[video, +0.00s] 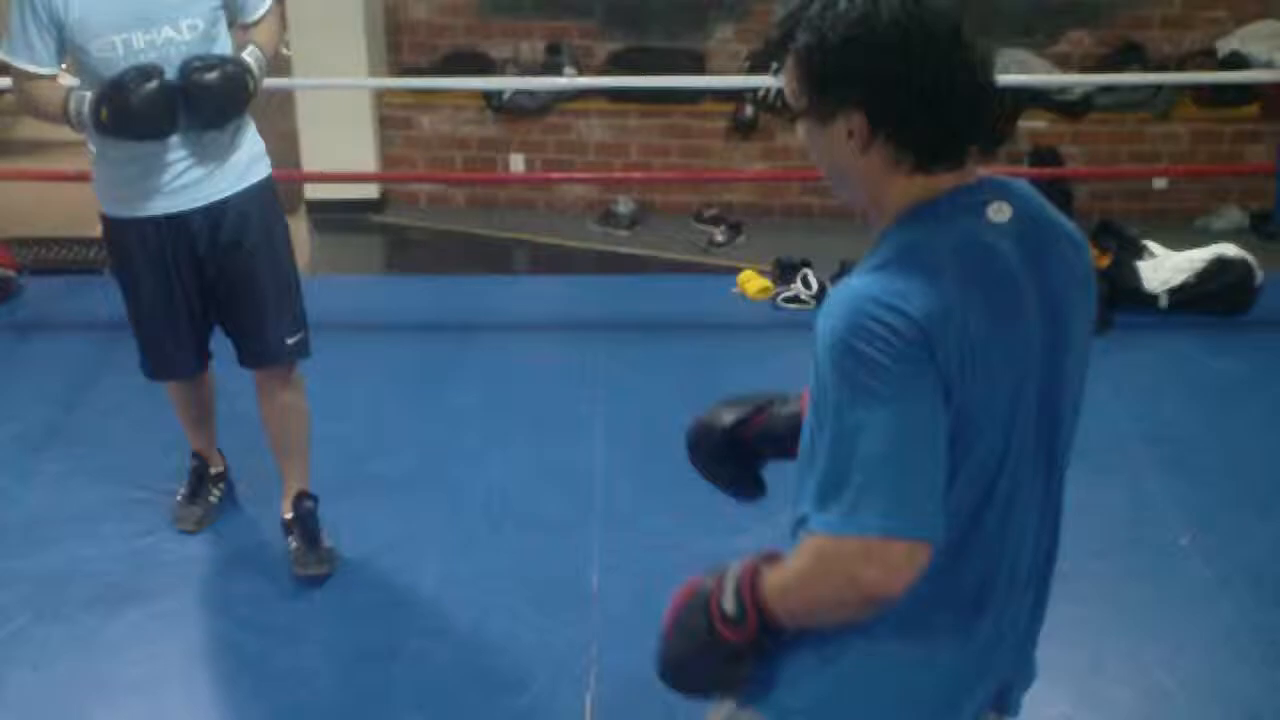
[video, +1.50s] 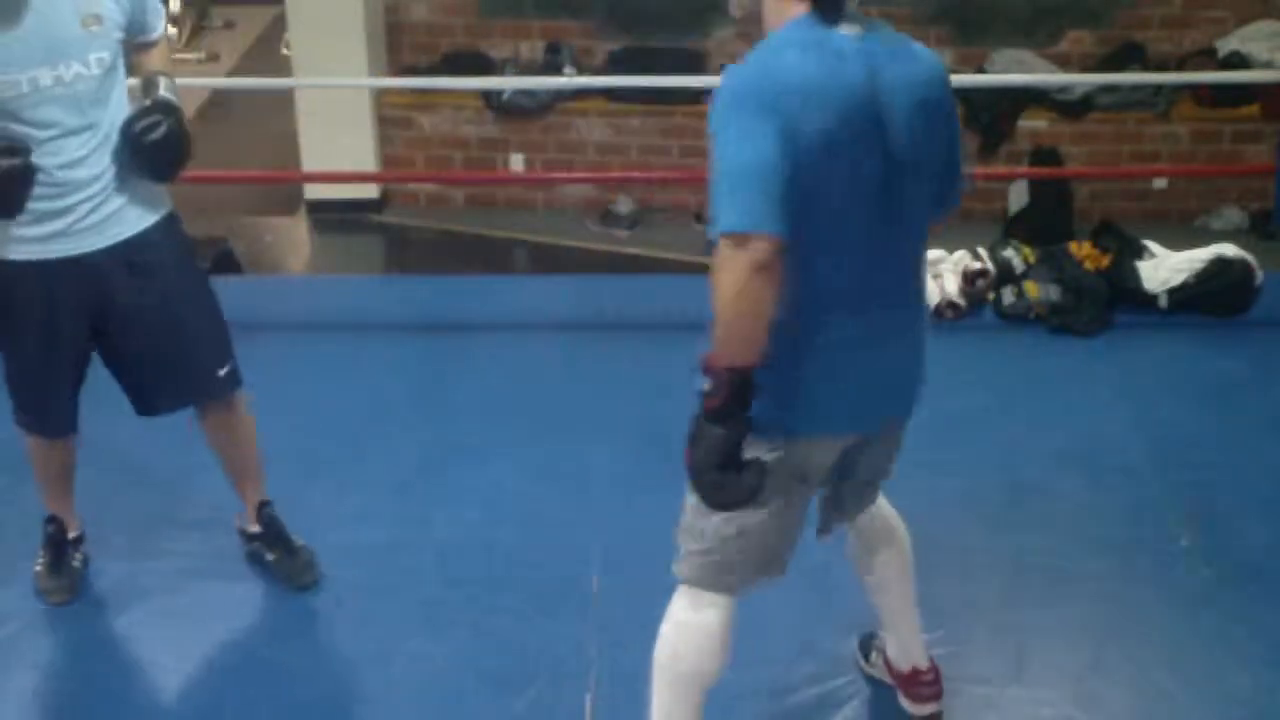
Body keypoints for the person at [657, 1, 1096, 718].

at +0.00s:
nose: (804, 141)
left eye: (804, 117)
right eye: (798, 116)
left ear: (857, 127)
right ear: (949, 96)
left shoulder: (877, 312)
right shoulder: (1047, 236)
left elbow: (874, 559)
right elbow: (982, 414)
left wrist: (739, 605)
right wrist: (799, 423)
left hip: (862, 694)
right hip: (988, 669)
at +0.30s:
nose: (802, 93)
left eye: (803, 71)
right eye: (799, 72)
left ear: (835, 81)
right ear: (952, 70)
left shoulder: (804, 231)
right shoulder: (1040, 220)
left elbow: (715, 433)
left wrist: (608, 413)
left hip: (798, 628)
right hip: (960, 630)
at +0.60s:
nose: (687, 48)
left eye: (688, 34)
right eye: (692, 33)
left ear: (701, 45)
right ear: (806, 41)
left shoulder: (649, 175)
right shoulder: (901, 166)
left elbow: (483, 255)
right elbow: (945, 307)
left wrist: (421, 180)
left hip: (708, 538)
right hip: (867, 541)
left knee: (671, 700)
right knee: (871, 709)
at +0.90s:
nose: (597, 16)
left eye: (601, 11)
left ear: (618, 12)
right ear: (711, 9)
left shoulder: (579, 100)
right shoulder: (801, 81)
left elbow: (434, 103)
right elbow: (847, 220)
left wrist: (347, 60)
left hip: (665, 442)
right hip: (807, 431)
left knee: (647, 661)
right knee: (874, 659)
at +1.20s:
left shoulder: (610, 72)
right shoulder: (829, 69)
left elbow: (489, 206)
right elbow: (867, 221)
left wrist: (421, 266)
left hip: (677, 409)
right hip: (813, 395)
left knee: (644, 627)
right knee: (873, 586)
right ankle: (910, 712)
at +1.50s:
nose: (740, 8)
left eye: (744, 1)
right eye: (743, 3)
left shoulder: (756, 84)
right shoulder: (918, 68)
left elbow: (753, 251)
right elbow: (940, 202)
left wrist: (722, 405)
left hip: (781, 391)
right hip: (888, 375)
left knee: (706, 584)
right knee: (861, 498)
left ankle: (672, 709)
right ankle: (912, 665)